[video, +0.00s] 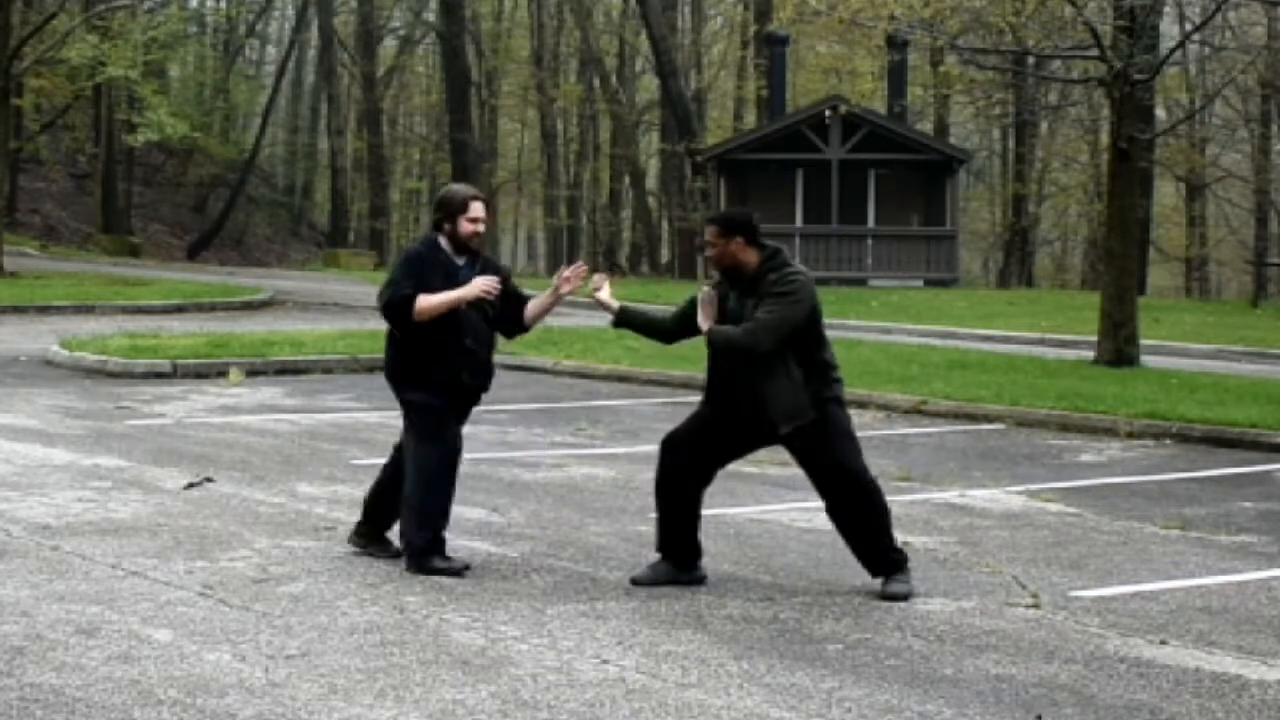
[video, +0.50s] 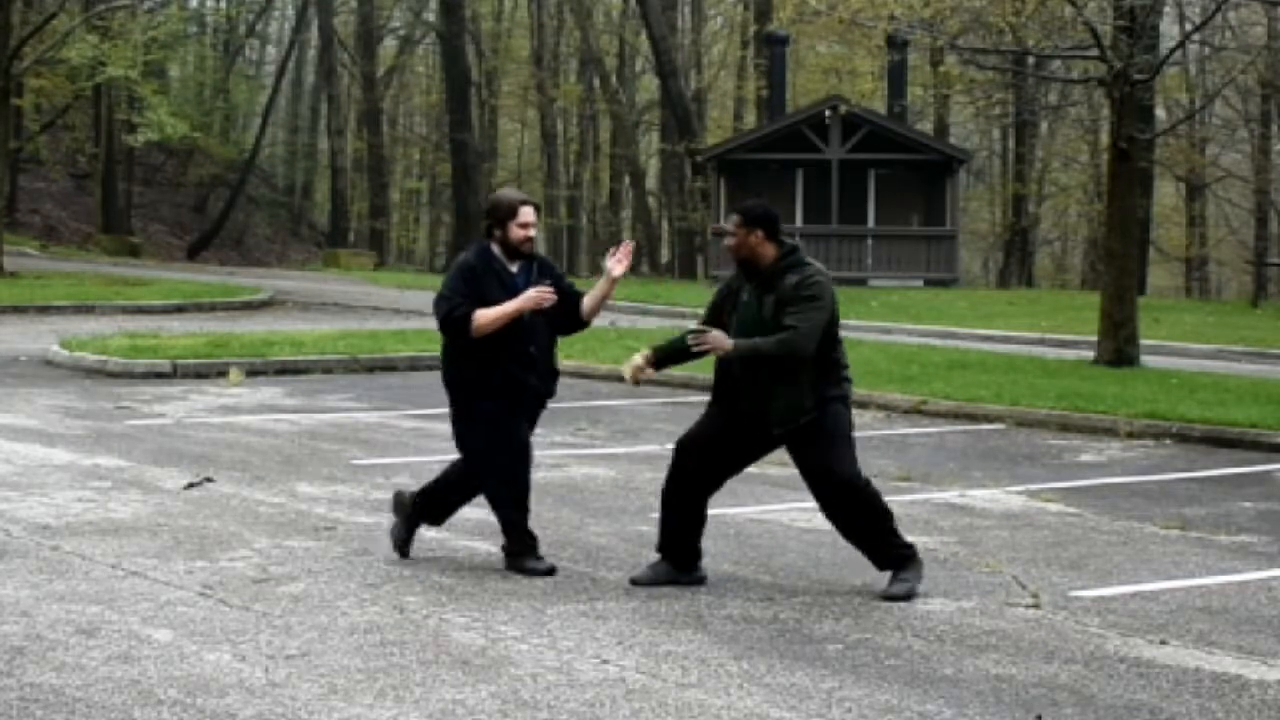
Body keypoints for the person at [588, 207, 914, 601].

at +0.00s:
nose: (707, 254)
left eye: (712, 245)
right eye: (706, 247)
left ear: (739, 242)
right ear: (729, 246)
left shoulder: (794, 285)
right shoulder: (724, 289)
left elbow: (760, 336)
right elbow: (672, 329)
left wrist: (711, 329)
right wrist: (615, 308)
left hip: (807, 410)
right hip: (746, 409)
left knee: (848, 481)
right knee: (679, 453)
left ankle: (892, 569)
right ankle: (679, 561)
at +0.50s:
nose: (728, 244)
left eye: (734, 236)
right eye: (728, 235)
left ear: (760, 236)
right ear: (754, 237)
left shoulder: (811, 283)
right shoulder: (738, 286)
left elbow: (800, 343)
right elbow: (707, 337)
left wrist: (732, 346)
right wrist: (655, 359)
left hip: (812, 409)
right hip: (751, 408)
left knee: (838, 483)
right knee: (691, 459)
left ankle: (902, 562)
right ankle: (680, 562)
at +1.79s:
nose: (880, 193)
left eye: (882, 186)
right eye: (883, 185)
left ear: (891, 191)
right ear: (926, 192)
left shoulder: (868, 237)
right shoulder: (960, 240)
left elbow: (817, 233)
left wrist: (778, 202)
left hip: (880, 377)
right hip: (941, 381)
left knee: (839, 468)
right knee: (957, 476)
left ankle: (812, 563)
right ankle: (991, 566)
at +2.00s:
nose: (866, 198)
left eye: (869, 192)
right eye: (868, 191)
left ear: (881, 196)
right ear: (910, 197)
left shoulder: (863, 243)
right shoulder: (952, 245)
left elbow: (805, 272)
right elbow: (963, 309)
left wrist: (764, 279)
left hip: (878, 379)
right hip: (940, 379)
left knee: (835, 461)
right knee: (951, 473)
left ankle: (813, 563)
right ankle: (991, 565)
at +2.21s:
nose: (830, 204)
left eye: (835, 197)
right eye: (832, 196)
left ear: (852, 201)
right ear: (869, 203)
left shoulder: (845, 249)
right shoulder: (901, 242)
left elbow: (786, 281)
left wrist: (743, 277)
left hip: (863, 381)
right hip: (914, 378)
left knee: (811, 457)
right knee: (918, 467)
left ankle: (818, 561)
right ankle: (982, 557)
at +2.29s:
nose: (816, 207)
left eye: (821, 200)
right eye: (816, 200)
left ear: (843, 201)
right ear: (850, 202)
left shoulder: (842, 246)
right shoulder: (876, 240)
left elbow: (776, 276)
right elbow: (845, 303)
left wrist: (773, 243)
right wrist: (793, 312)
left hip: (859, 378)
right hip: (897, 373)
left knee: (805, 454)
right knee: (878, 458)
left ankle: (817, 561)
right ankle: (950, 536)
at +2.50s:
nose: (800, 211)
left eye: (807, 203)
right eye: (800, 202)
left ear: (834, 206)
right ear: (827, 207)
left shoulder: (857, 250)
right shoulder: (816, 245)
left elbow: (795, 287)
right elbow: (772, 295)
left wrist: (775, 265)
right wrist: (724, 334)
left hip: (856, 379)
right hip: (830, 376)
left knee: (806, 459)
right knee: (811, 461)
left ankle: (820, 564)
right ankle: (859, 541)